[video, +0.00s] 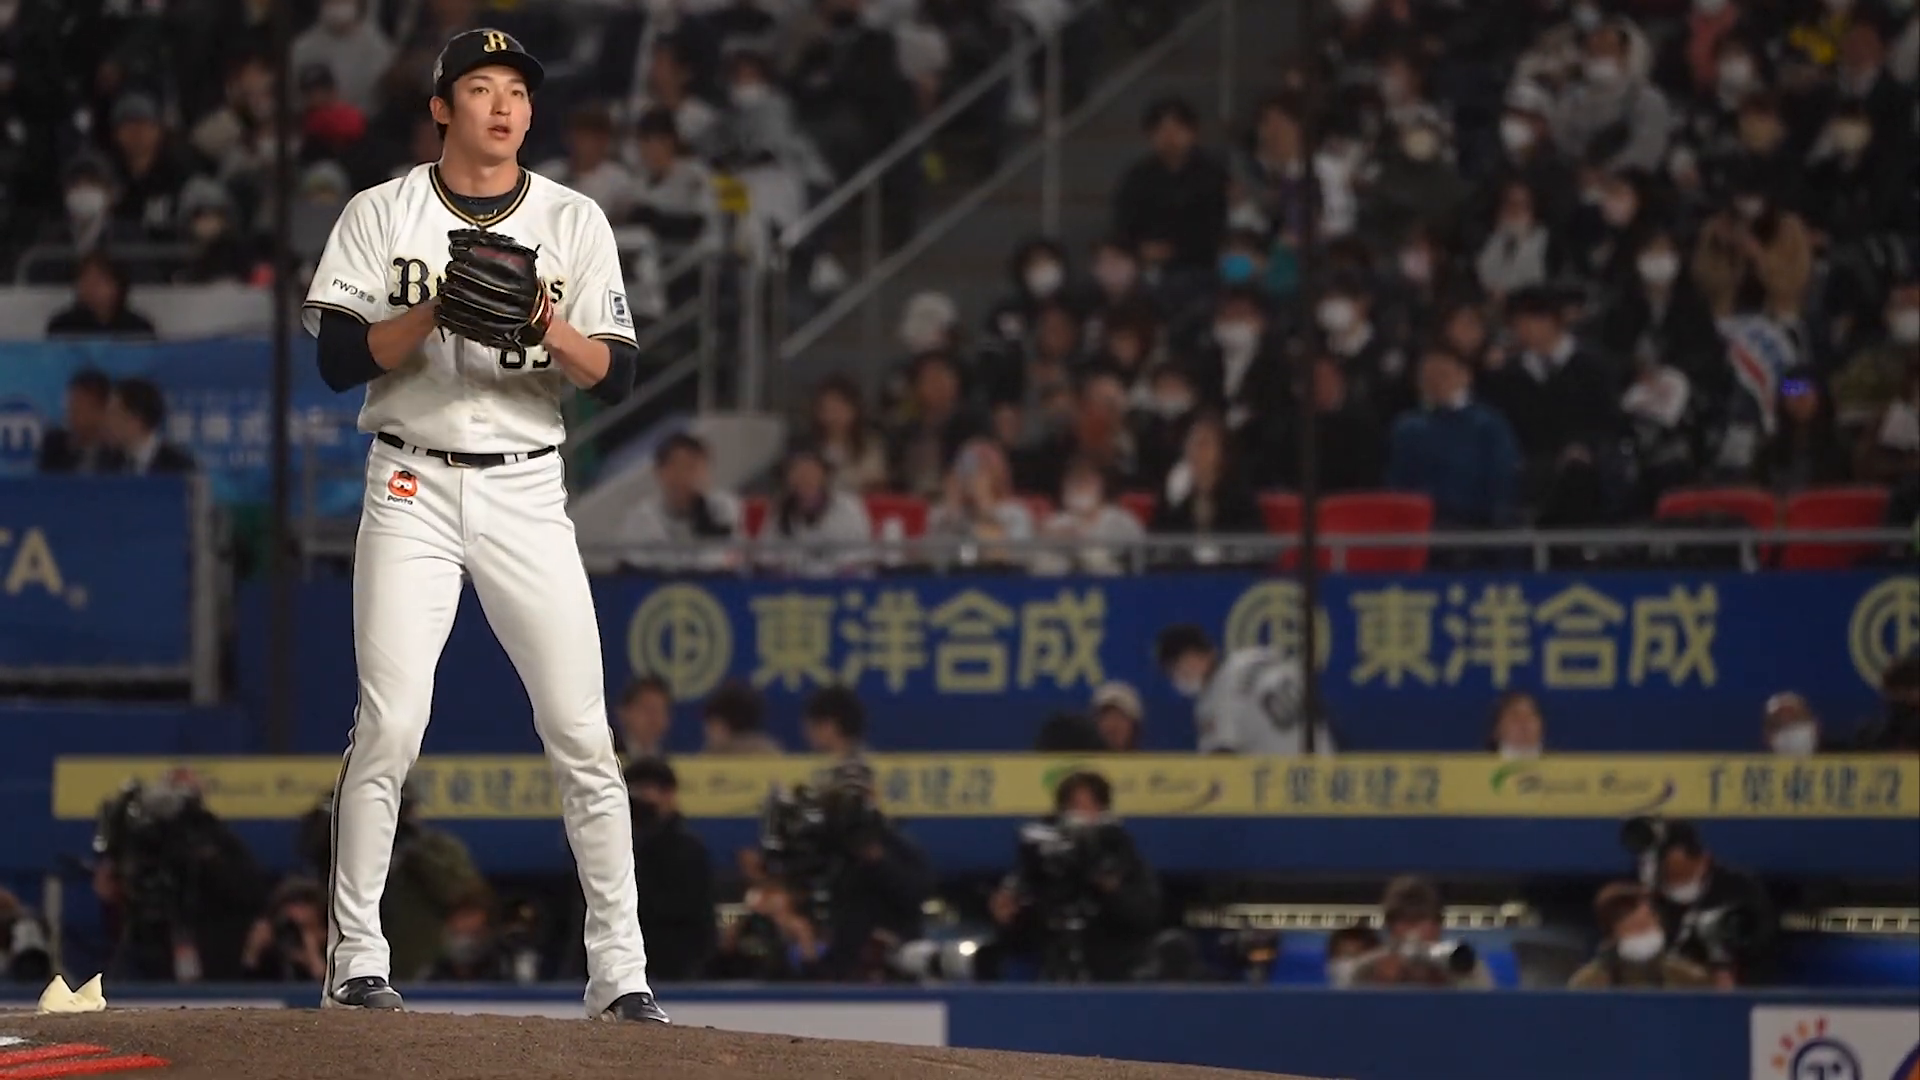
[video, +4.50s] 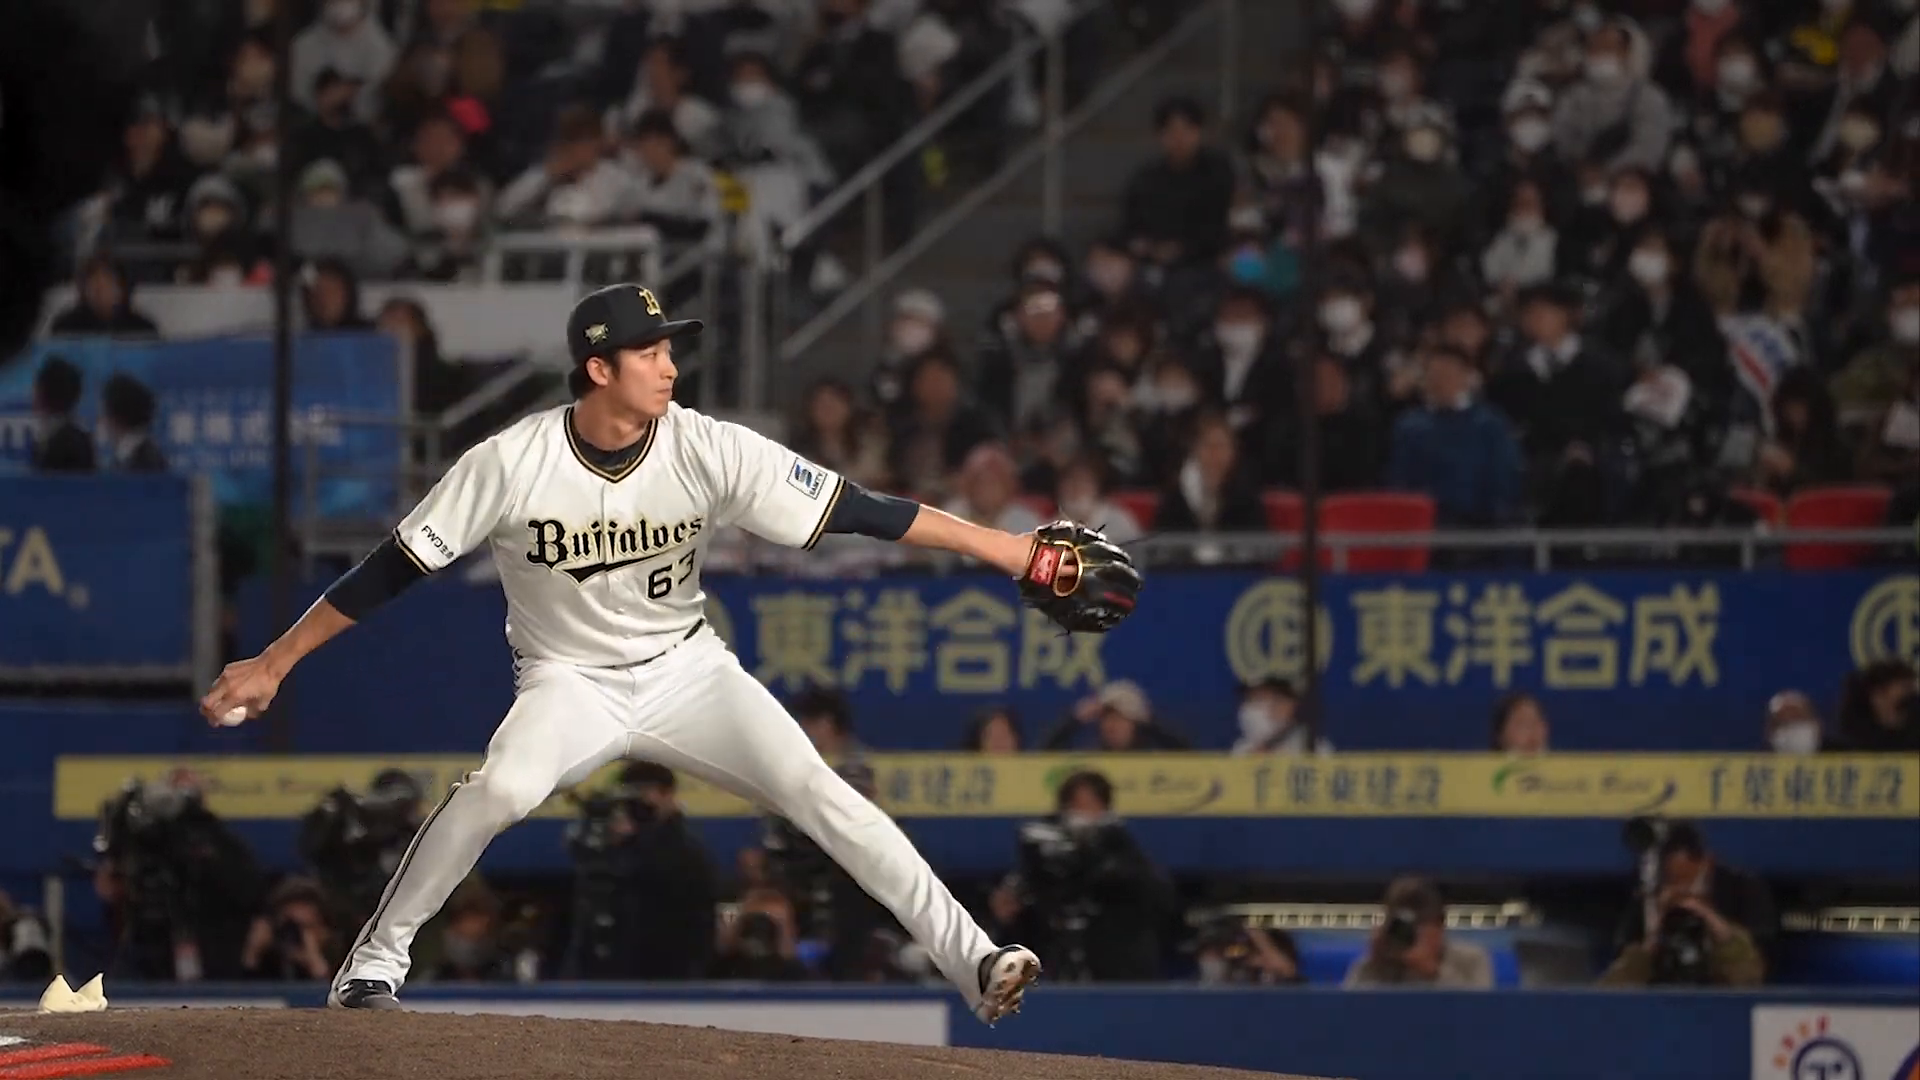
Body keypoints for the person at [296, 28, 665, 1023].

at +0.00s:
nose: (503, 109)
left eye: (515, 95)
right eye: (483, 95)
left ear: (530, 113)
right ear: (441, 110)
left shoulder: (574, 218)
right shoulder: (381, 212)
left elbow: (605, 371)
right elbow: (335, 362)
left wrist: (547, 324)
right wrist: (433, 310)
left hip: (527, 494)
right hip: (410, 488)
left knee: (585, 738)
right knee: (390, 724)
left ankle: (621, 983)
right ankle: (357, 964)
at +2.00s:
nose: (536, 137)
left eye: (549, 119)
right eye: (517, 119)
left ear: (569, 131)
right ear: (477, 129)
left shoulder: (613, 235)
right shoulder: (418, 228)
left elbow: (645, 351)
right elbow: (379, 340)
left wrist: (559, 271)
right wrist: (469, 261)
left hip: (561, 515)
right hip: (442, 507)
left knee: (603, 750)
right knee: (410, 724)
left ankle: (647, 977)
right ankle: (360, 959)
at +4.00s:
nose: (592, 133)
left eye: (593, 118)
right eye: (574, 117)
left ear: (585, 133)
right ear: (517, 128)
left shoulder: (624, 238)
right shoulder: (429, 220)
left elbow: (659, 380)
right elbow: (403, 343)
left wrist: (589, 281)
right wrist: (491, 250)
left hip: (566, 511)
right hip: (447, 501)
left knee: (603, 748)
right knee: (413, 724)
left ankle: (645, 970)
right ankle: (361, 957)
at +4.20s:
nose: (600, 183)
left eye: (600, 168)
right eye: (582, 168)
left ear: (584, 181)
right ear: (526, 180)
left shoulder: (627, 285)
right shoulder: (430, 268)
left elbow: (683, 434)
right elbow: (386, 409)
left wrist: (635, 430)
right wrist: (481, 382)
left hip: (575, 529)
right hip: (458, 529)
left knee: (557, 678)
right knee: (413, 729)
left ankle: (537, 861)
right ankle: (363, 948)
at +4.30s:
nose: (602, 248)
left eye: (602, 232)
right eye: (584, 233)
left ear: (595, 241)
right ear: (530, 245)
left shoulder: (634, 349)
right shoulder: (443, 338)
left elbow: (701, 486)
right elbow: (390, 479)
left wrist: (688, 574)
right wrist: (434, 564)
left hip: (590, 567)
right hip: (474, 570)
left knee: (591, 715)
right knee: (425, 743)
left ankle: (551, 929)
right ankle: (362, 954)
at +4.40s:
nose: (619, 312)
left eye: (618, 295)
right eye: (599, 298)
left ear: (612, 305)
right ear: (546, 312)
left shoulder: (656, 405)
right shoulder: (460, 407)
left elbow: (752, 523)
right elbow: (395, 554)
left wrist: (829, 650)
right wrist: (347, 700)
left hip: (625, 618)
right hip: (505, 629)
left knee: (673, 765)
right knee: (451, 762)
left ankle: (739, 930)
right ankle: (365, 962)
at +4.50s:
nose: (673, 369)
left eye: (673, 353)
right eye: (654, 354)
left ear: (660, 366)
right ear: (594, 367)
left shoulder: (709, 449)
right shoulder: (505, 466)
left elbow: (858, 511)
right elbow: (392, 569)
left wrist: (1006, 548)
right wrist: (275, 662)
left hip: (692, 673)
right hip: (569, 687)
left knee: (815, 789)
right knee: (500, 792)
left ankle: (973, 962)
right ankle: (382, 947)